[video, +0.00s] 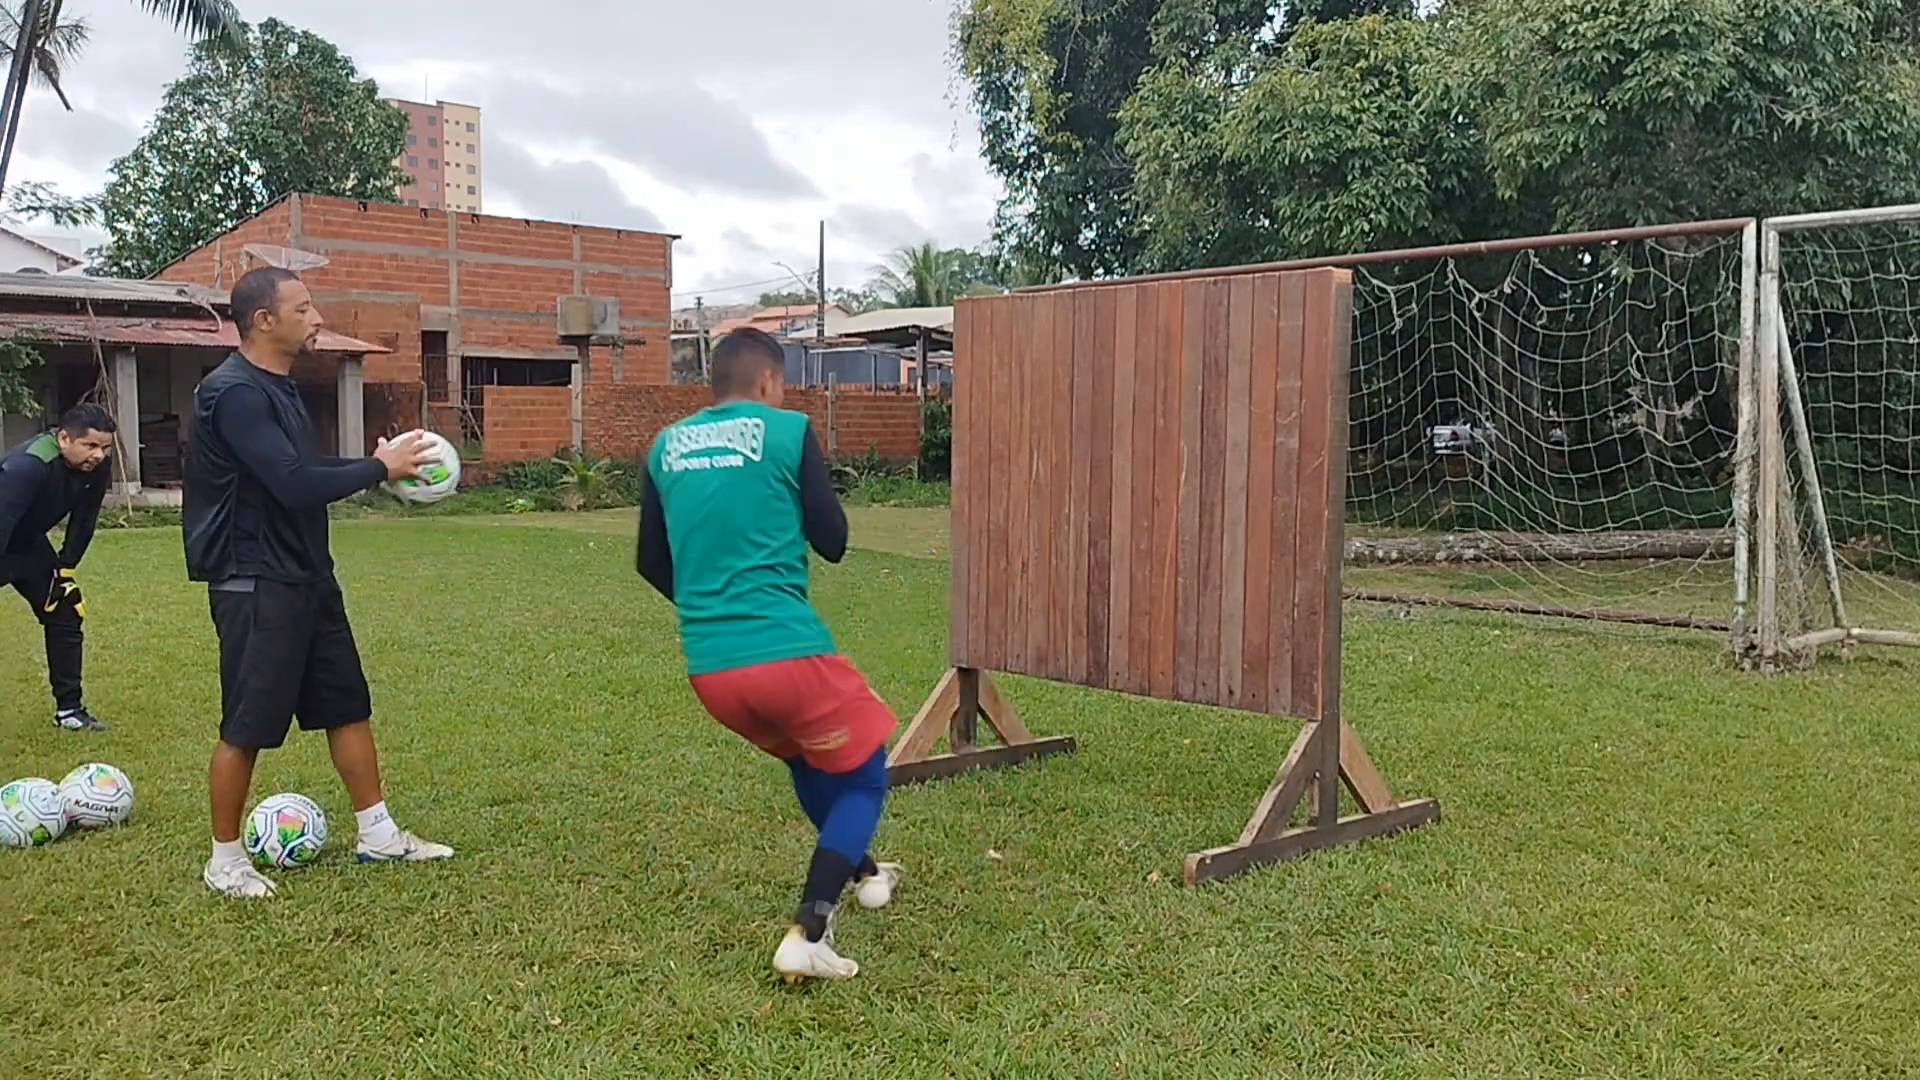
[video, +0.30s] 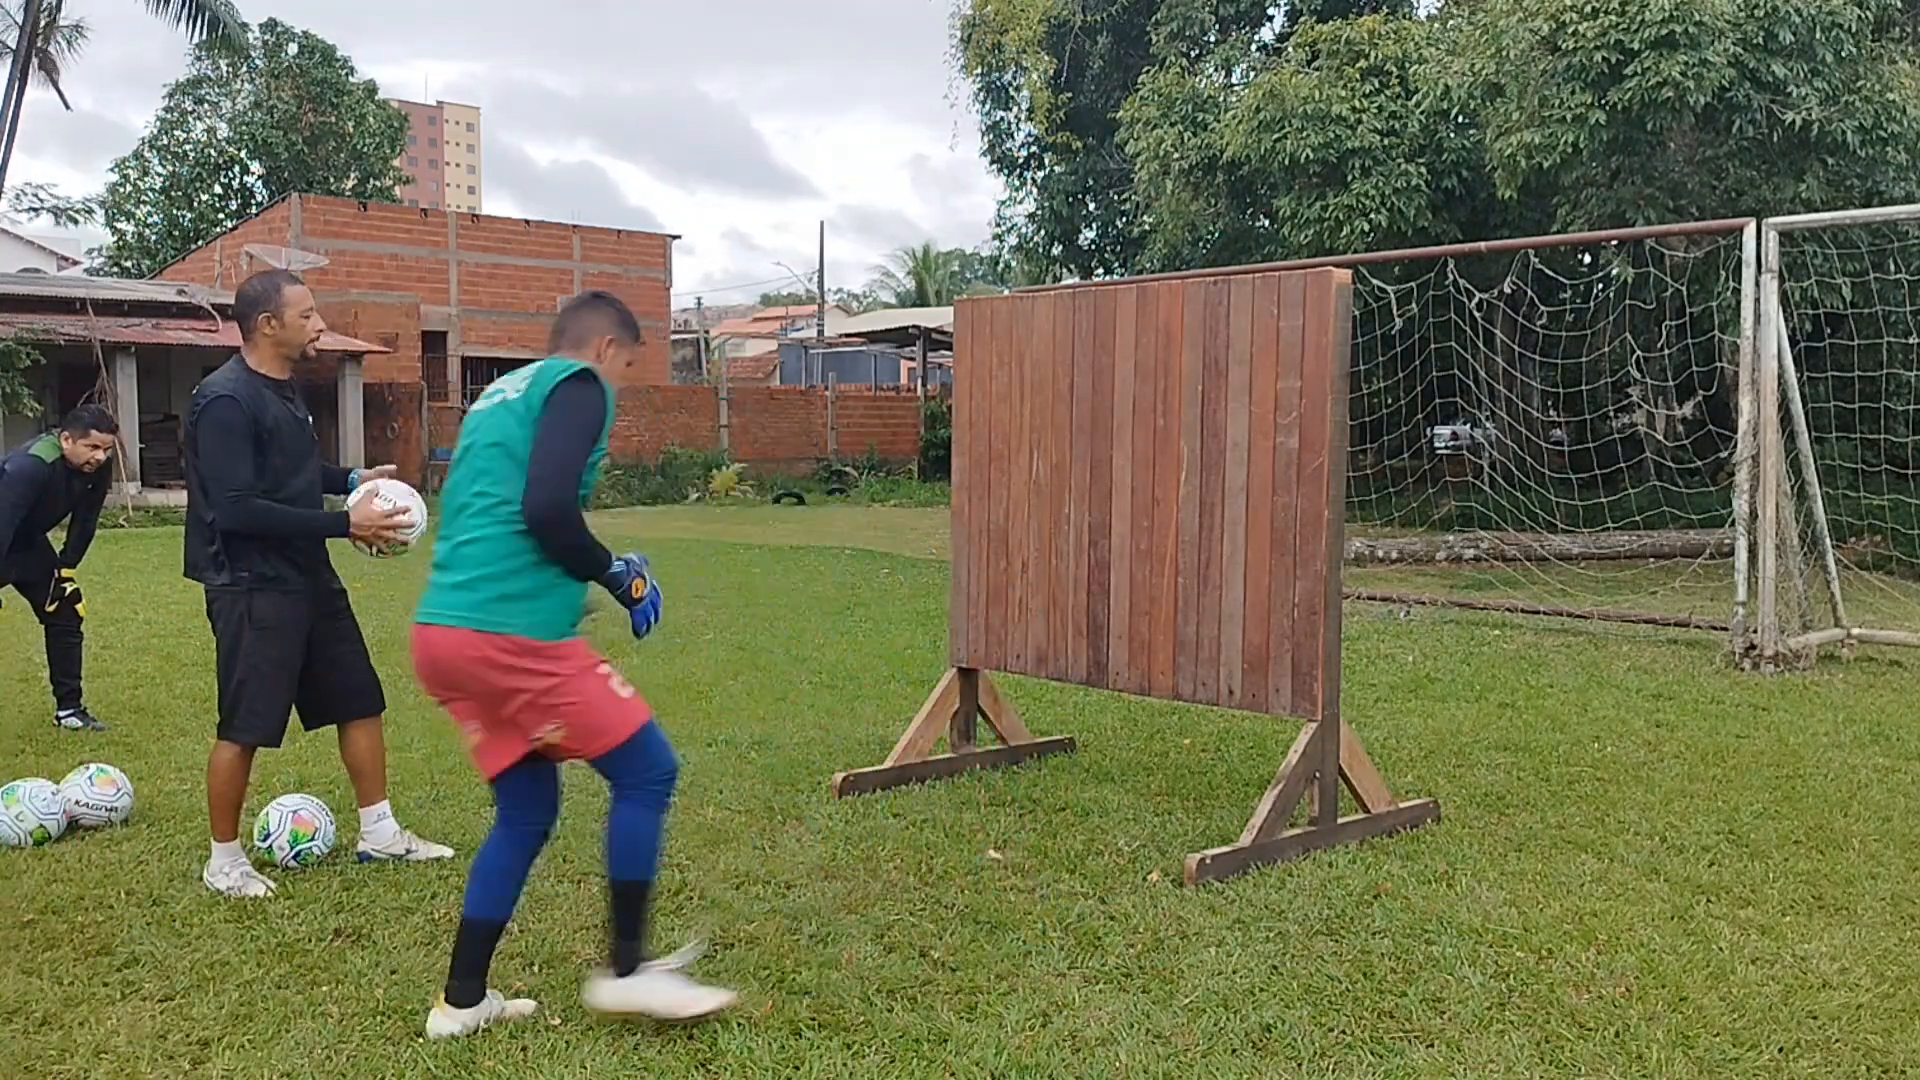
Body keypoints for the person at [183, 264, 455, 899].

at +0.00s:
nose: (317, 318)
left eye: (312, 306)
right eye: (303, 309)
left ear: (270, 321)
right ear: (264, 322)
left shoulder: (282, 389)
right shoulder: (237, 394)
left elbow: (305, 474)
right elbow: (293, 486)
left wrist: (379, 465)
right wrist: (378, 465)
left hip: (307, 579)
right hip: (254, 585)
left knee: (345, 705)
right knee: (246, 725)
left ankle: (378, 833)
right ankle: (226, 858)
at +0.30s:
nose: (319, 325)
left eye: (315, 313)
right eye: (307, 315)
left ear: (272, 325)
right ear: (266, 325)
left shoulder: (285, 391)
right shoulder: (227, 400)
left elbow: (298, 480)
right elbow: (233, 509)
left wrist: (356, 482)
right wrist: (344, 524)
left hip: (310, 579)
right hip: (252, 586)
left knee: (359, 701)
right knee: (244, 726)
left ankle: (379, 834)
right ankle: (225, 859)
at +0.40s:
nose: (326, 328)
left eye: (323, 316)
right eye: (314, 319)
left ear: (286, 326)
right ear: (275, 327)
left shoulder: (299, 393)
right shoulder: (223, 406)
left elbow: (311, 478)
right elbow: (212, 519)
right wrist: (303, 549)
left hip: (307, 574)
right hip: (248, 584)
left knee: (359, 693)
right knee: (242, 726)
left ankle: (385, 819)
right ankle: (225, 859)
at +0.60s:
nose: (358, 335)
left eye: (356, 324)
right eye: (346, 326)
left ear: (322, 334)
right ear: (305, 335)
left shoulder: (348, 390)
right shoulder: (248, 403)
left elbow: (388, 437)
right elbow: (192, 499)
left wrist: (440, 461)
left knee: (399, 687)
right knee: (246, 720)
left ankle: (415, 820)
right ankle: (224, 853)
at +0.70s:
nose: (384, 343)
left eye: (382, 332)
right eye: (374, 334)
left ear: (345, 342)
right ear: (335, 342)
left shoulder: (367, 393)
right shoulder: (270, 398)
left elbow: (411, 427)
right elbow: (189, 452)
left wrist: (483, 457)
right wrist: (178, 370)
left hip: (356, 579)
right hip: (285, 586)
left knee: (409, 687)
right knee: (251, 715)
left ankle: (429, 825)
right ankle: (214, 835)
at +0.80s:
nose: (422, 351)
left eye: (420, 339)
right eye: (413, 340)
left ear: (384, 349)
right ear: (373, 349)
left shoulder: (395, 401)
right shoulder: (311, 398)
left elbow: (415, 426)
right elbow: (228, 409)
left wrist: (478, 452)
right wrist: (210, 317)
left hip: (377, 588)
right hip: (308, 591)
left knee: (430, 689)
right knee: (268, 722)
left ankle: (432, 826)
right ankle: (224, 845)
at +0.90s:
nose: (461, 359)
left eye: (459, 348)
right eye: (452, 349)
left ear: (417, 356)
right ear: (416, 357)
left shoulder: (415, 413)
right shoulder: (366, 407)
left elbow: (411, 441)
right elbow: (323, 394)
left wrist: (450, 460)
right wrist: (304, 319)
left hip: (391, 590)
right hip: (334, 592)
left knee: (439, 689)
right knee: (291, 721)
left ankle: (435, 824)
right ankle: (231, 832)